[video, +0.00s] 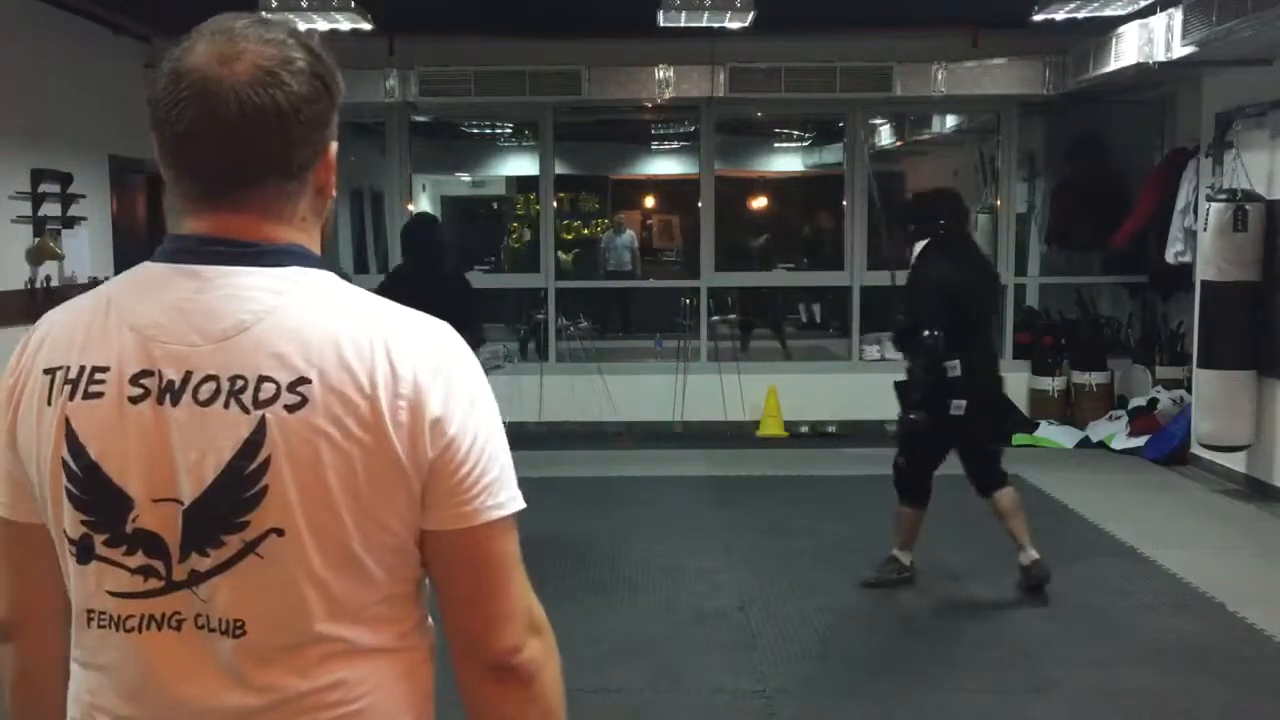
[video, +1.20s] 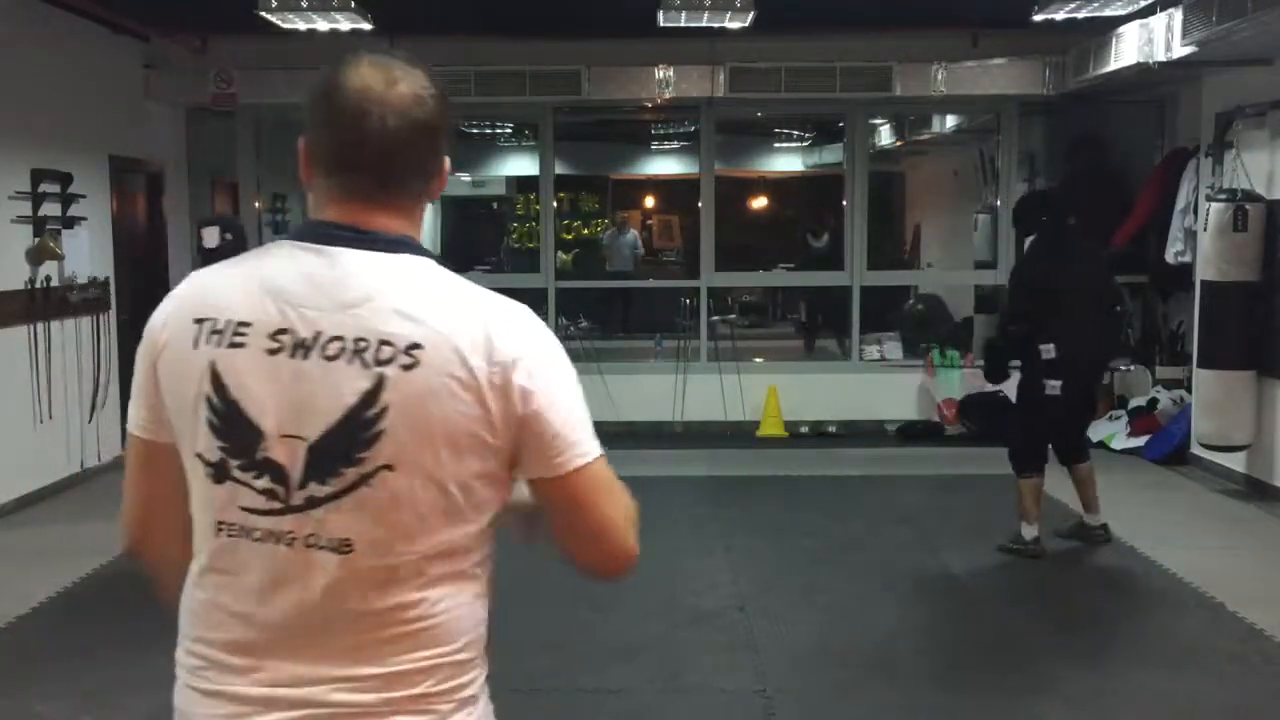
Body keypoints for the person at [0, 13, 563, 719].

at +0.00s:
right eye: (338, 153)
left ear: (165, 169)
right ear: (327, 171)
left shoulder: (45, 354)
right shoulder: (416, 360)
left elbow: (29, 634)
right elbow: (508, 656)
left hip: (114, 705)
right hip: (346, 703)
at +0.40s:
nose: (300, 172)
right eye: (299, 152)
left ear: (134, 180)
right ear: (278, 166)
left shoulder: (47, 348)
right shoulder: (341, 342)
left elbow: (51, 608)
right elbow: (425, 634)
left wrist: (87, 700)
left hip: (114, 706)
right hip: (307, 709)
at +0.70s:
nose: (303, 167)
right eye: (304, 148)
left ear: (152, 157)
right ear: (294, 156)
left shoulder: (73, 314)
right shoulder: (324, 307)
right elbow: (388, 595)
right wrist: (444, 711)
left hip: (108, 701)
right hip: (289, 705)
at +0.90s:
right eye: (360, 147)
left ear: (205, 151)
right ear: (352, 158)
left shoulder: (124, 308)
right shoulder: (394, 310)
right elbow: (457, 587)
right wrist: (511, 696)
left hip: (153, 700)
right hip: (345, 704)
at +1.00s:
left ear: (242, 153)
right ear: (392, 167)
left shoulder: (145, 310)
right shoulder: (440, 326)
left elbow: (143, 530)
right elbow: (529, 586)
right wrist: (534, 654)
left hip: (176, 702)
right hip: (378, 705)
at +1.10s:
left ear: (279, 157)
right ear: (422, 172)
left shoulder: (169, 309)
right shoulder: (474, 336)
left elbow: (151, 534)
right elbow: (583, 570)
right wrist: (543, 594)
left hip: (200, 700)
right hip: (402, 701)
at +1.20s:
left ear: (304, 163)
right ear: (440, 177)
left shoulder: (188, 310)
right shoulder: (499, 334)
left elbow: (153, 532)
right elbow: (612, 549)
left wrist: (238, 609)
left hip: (227, 700)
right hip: (426, 702)